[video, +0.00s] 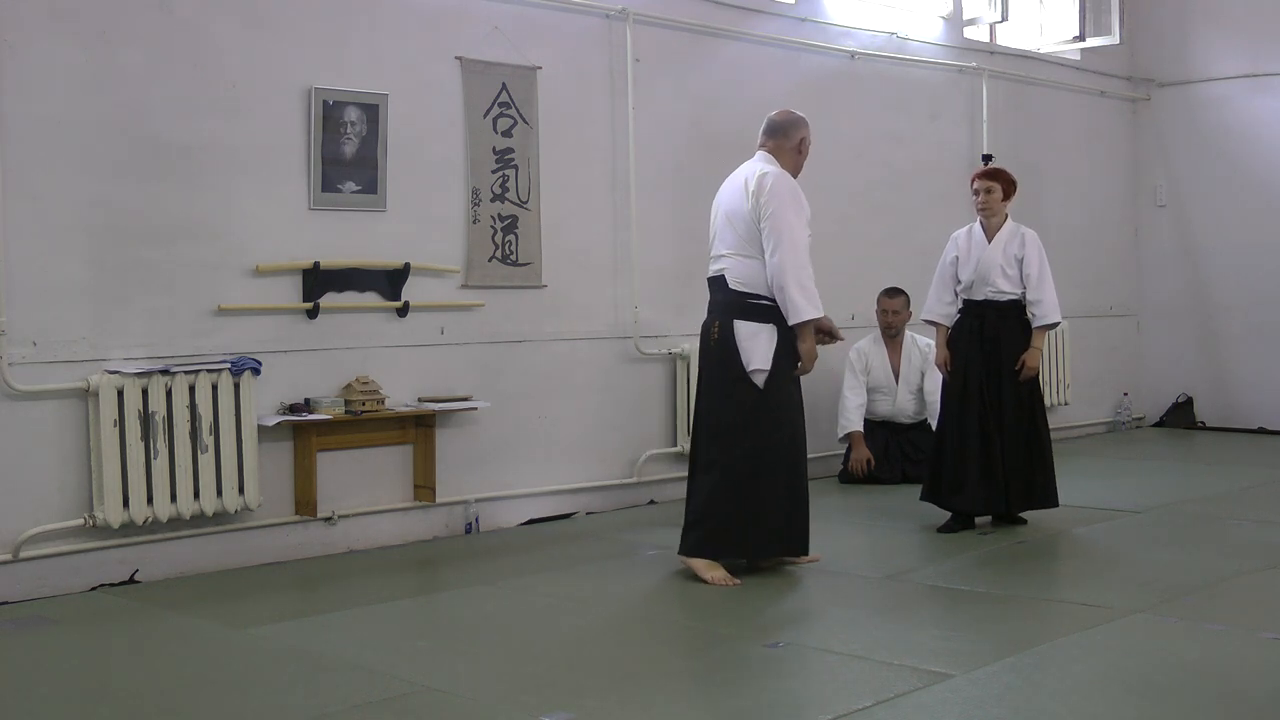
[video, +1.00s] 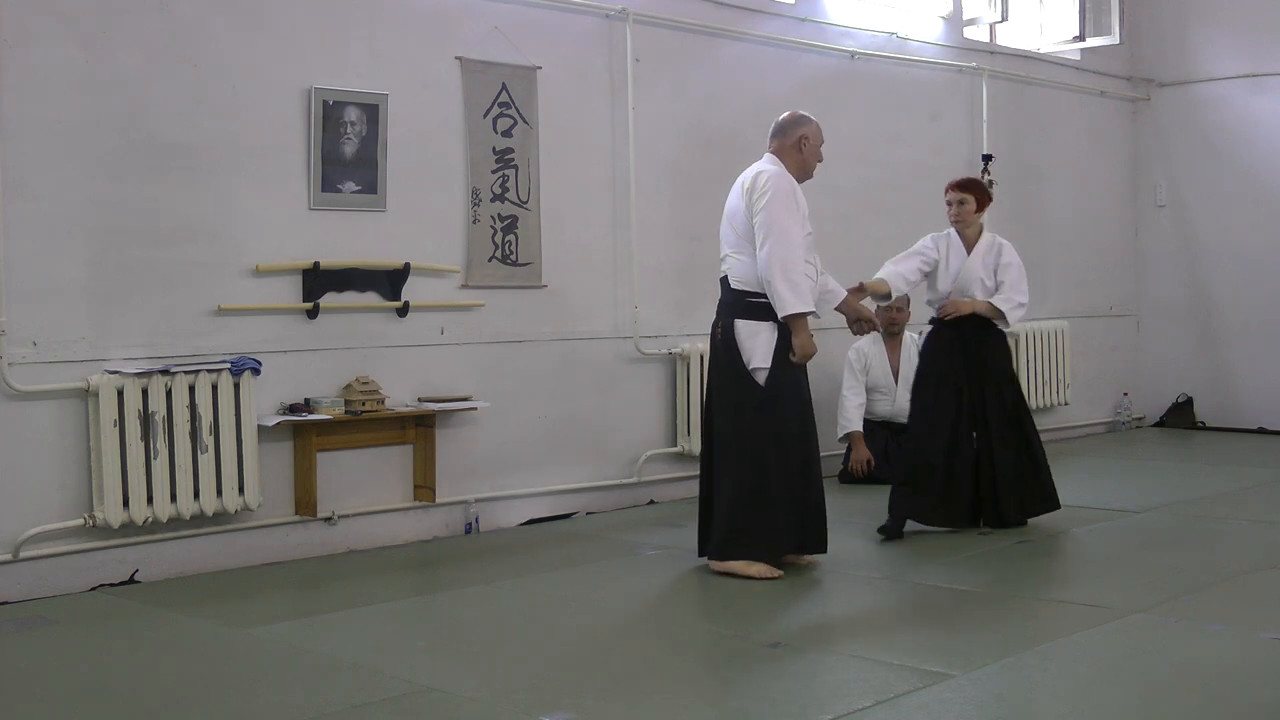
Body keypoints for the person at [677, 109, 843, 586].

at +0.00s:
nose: (808, 158)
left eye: (807, 149)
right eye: (808, 149)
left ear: (764, 141)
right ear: (799, 145)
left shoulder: (741, 179)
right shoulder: (777, 183)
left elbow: (767, 262)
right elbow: (787, 262)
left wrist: (811, 316)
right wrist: (804, 331)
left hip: (734, 317)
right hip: (753, 321)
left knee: (772, 434)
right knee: (737, 436)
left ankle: (770, 542)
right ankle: (700, 548)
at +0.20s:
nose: (807, 160)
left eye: (809, 151)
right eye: (808, 151)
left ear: (765, 141)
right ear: (799, 145)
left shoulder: (743, 179)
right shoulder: (776, 184)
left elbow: (781, 259)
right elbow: (790, 262)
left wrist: (828, 303)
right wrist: (811, 330)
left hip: (738, 317)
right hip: (761, 320)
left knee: (761, 432)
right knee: (767, 435)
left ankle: (770, 542)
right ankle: (709, 542)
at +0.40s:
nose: (808, 160)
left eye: (808, 151)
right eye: (808, 150)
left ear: (765, 142)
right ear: (799, 146)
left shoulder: (746, 180)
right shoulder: (776, 185)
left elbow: (788, 259)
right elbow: (791, 263)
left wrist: (835, 299)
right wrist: (817, 332)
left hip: (744, 318)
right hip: (764, 320)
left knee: (768, 430)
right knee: (777, 432)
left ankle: (773, 541)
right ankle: (710, 539)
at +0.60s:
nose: (811, 158)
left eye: (811, 150)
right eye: (810, 149)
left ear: (773, 143)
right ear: (799, 146)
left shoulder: (757, 179)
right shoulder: (774, 183)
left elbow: (794, 261)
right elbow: (785, 259)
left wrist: (841, 300)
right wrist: (810, 327)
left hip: (760, 318)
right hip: (759, 320)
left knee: (788, 431)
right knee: (752, 435)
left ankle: (784, 540)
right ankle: (728, 549)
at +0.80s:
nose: (816, 159)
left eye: (816, 150)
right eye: (814, 150)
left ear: (782, 143)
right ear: (798, 145)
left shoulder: (769, 181)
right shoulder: (773, 181)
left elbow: (800, 263)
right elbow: (780, 257)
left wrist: (848, 300)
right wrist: (803, 326)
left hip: (768, 322)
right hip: (754, 322)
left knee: (785, 433)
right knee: (751, 435)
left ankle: (781, 541)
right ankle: (737, 550)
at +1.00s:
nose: (820, 159)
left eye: (821, 149)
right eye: (819, 149)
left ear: (788, 142)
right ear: (801, 143)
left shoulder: (772, 181)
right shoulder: (773, 181)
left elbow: (801, 263)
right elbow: (779, 257)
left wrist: (846, 302)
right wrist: (800, 327)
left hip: (766, 319)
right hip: (753, 320)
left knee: (782, 432)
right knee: (751, 434)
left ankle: (778, 541)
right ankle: (733, 551)